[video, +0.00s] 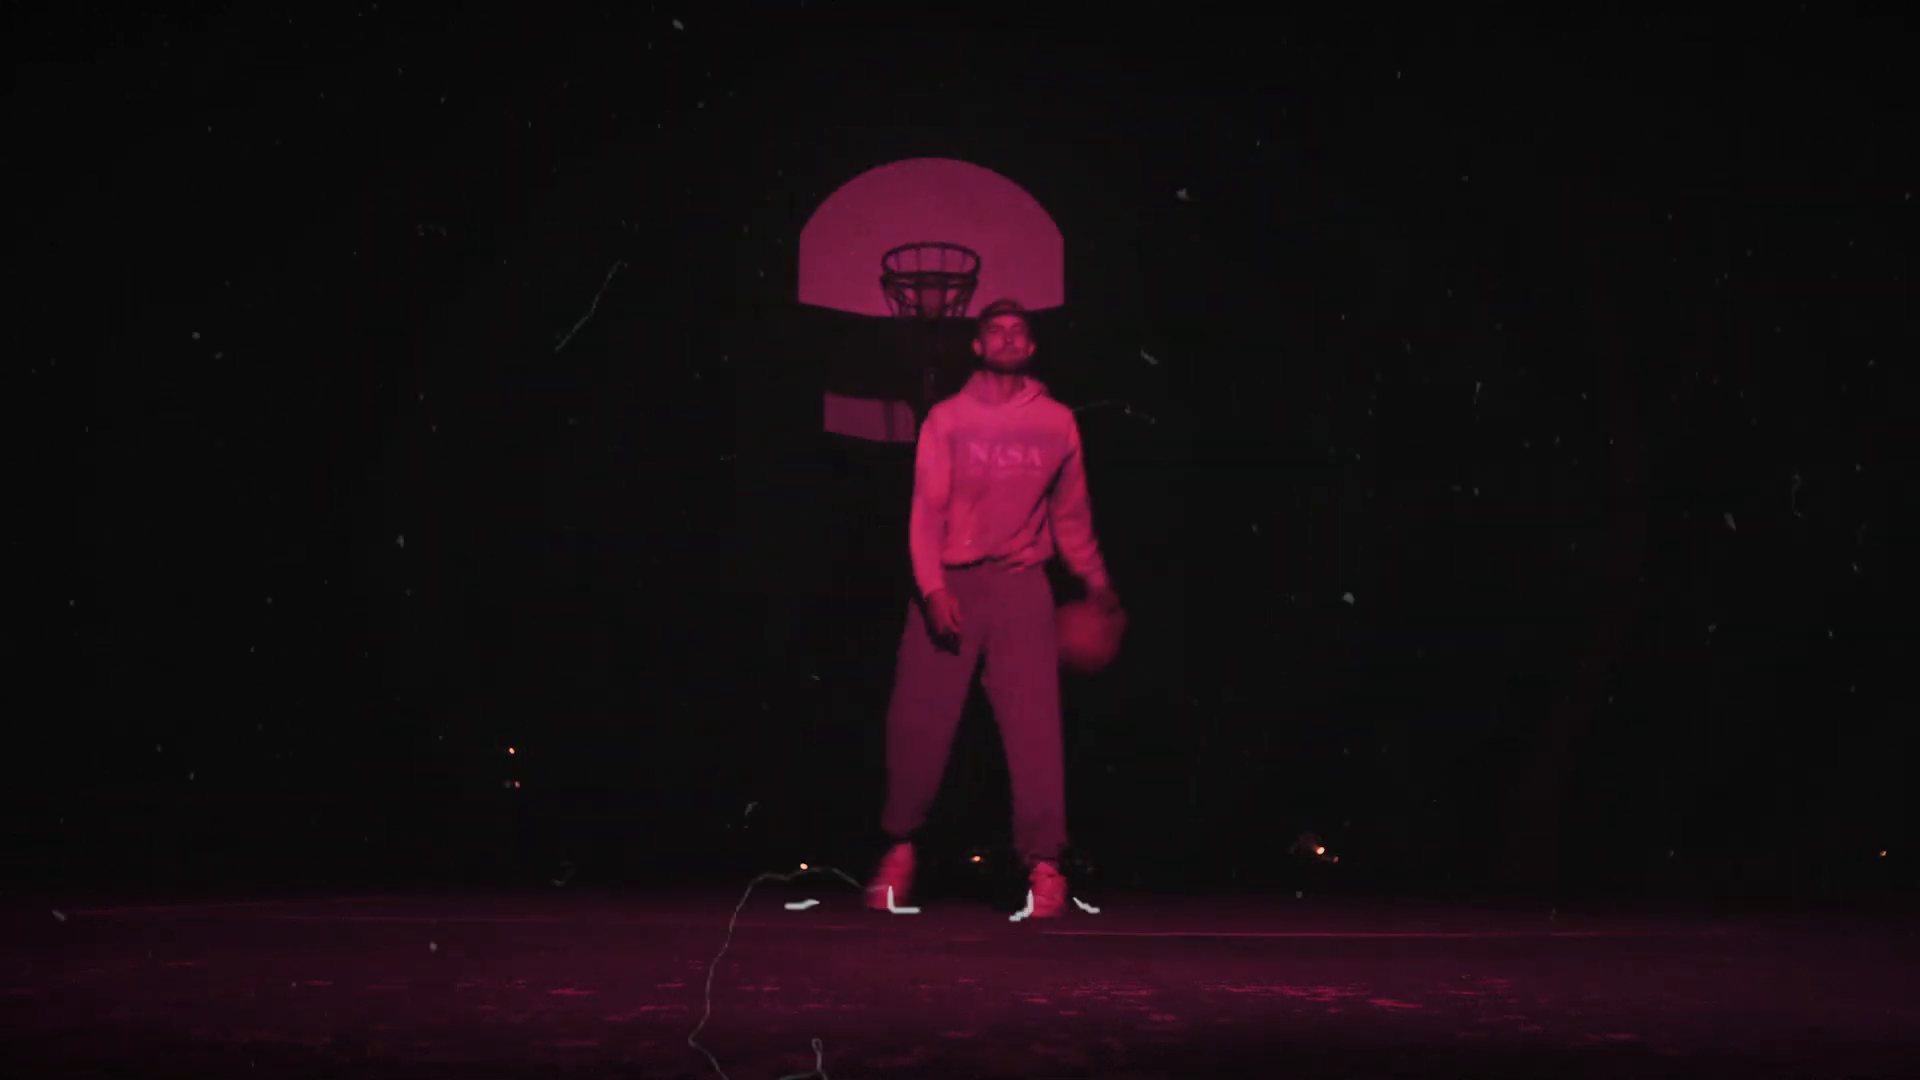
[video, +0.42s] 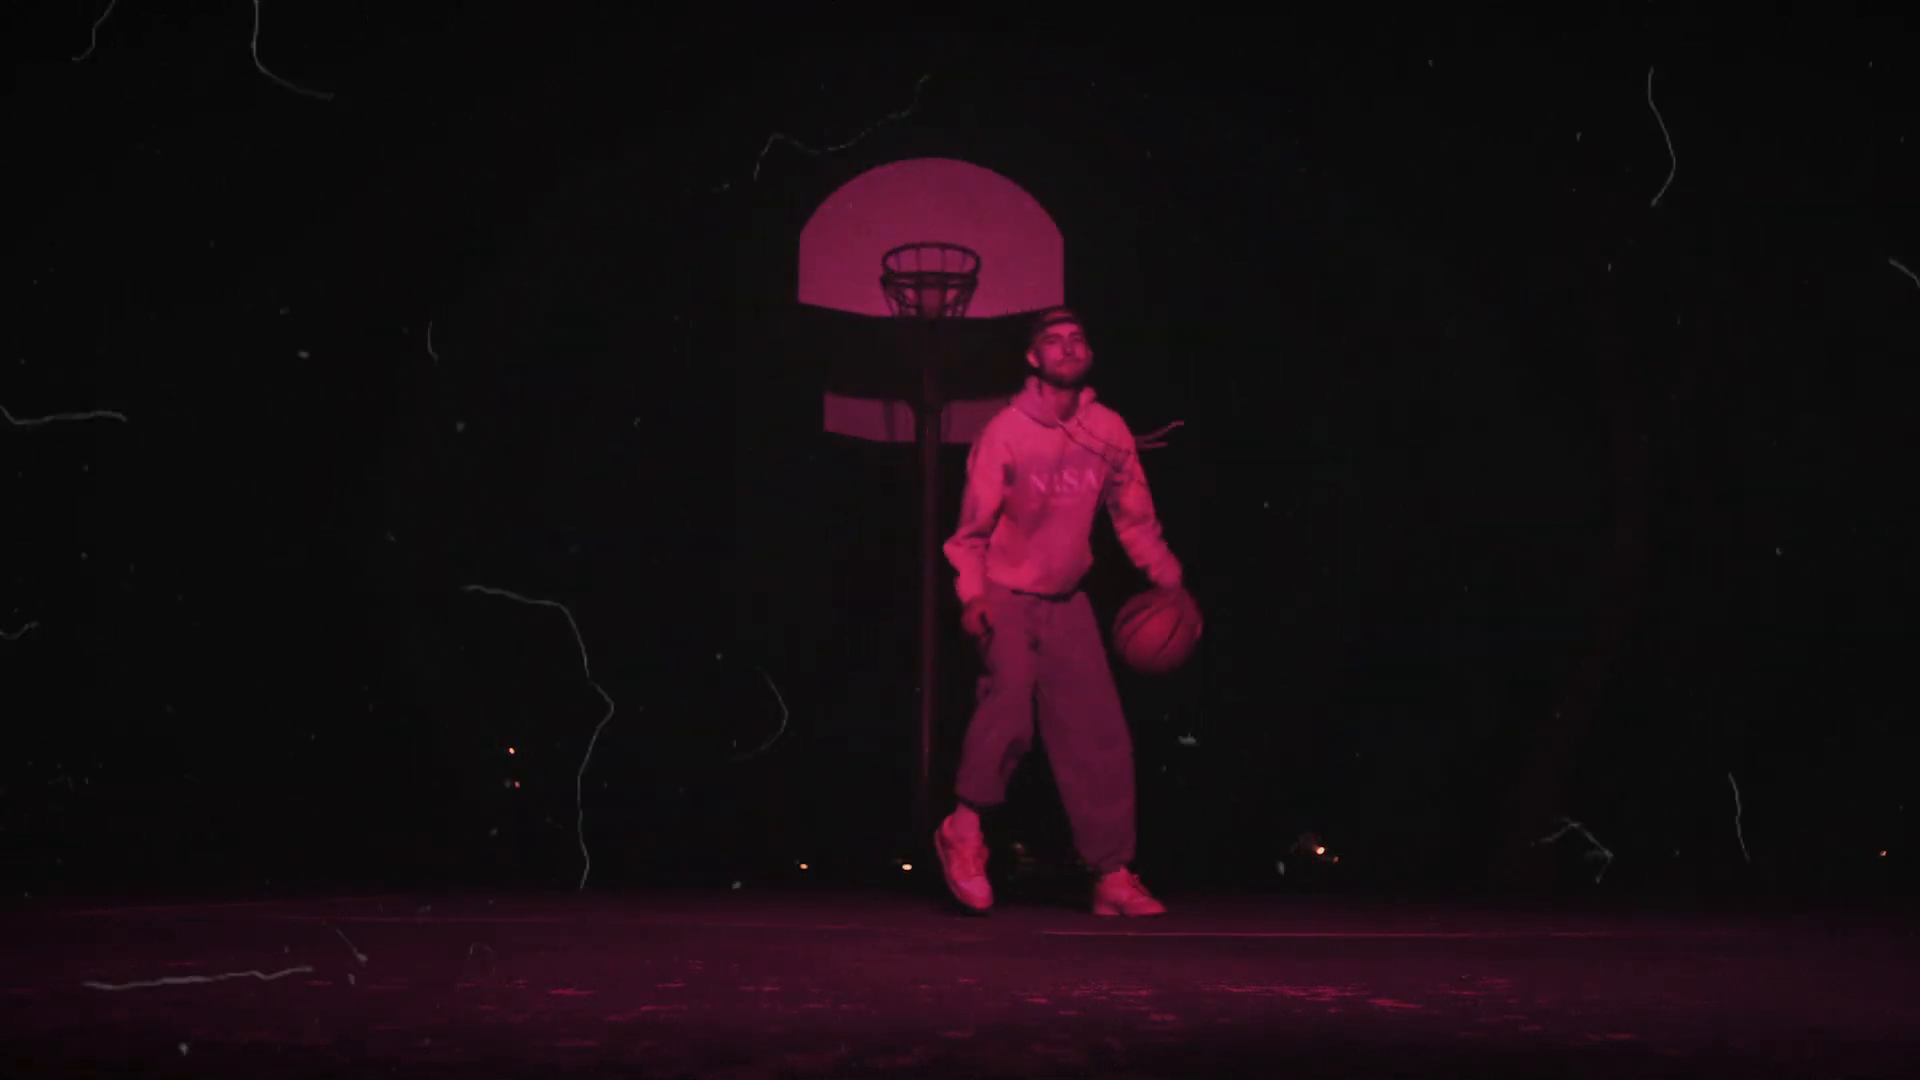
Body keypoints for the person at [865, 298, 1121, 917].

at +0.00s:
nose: (1010, 341)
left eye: (1019, 333)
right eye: (998, 333)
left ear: (1033, 347)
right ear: (978, 346)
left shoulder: (1057, 421)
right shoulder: (946, 419)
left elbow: (1072, 516)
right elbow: (926, 510)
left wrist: (1096, 584)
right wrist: (933, 590)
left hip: (1024, 589)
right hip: (949, 586)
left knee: (1033, 725)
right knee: (918, 721)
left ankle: (1045, 869)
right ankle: (899, 855)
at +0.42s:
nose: (1072, 350)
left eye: (1079, 341)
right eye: (1058, 344)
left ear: (1091, 357)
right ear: (1033, 361)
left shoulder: (1107, 429)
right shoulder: (1006, 429)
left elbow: (1136, 520)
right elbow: (973, 527)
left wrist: (1172, 586)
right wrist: (972, 595)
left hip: (1067, 599)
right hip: (1006, 594)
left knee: (1096, 728)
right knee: (1009, 708)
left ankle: (1112, 875)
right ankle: (964, 827)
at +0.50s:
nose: (1072, 365)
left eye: (1082, 356)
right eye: (1059, 356)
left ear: (1097, 370)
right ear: (1038, 370)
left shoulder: (1116, 445)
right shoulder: (1007, 446)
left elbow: (1126, 547)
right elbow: (975, 548)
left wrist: (1131, 637)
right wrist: (964, 630)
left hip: (1073, 596)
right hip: (1006, 586)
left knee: (1097, 718)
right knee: (1019, 670)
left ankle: (1112, 874)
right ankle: (964, 833)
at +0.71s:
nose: (1021, 404)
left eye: (1032, 391)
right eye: (1008, 395)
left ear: (1054, 397)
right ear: (993, 406)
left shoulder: (1090, 461)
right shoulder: (976, 483)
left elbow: (1081, 570)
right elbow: (958, 590)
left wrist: (1060, 669)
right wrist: (931, 684)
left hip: (1078, 610)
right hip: (1007, 611)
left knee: (1116, 738)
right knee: (1015, 714)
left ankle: (1114, 880)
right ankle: (961, 876)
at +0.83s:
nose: (974, 405)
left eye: (988, 392)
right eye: (964, 394)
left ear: (1017, 395)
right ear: (954, 402)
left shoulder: (1060, 451)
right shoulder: (945, 482)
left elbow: (1068, 567)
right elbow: (924, 578)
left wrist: (1055, 674)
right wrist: (881, 651)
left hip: (1072, 589)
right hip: (995, 593)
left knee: (1109, 730)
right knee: (1001, 706)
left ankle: (1116, 864)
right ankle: (958, 871)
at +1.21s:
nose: (1033, 400)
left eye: (1046, 387)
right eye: (1018, 387)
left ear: (1062, 391)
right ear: (995, 390)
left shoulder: (1089, 449)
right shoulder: (963, 456)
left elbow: (1080, 559)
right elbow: (965, 562)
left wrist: (1068, 678)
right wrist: (980, 666)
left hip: (1082, 586)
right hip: (1006, 587)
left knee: (1129, 706)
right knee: (985, 707)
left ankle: (1182, 865)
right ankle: (957, 871)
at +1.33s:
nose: (1081, 391)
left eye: (1092, 377)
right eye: (1065, 377)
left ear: (1105, 382)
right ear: (1036, 382)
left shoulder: (1127, 446)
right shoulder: (998, 448)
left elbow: (1149, 557)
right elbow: (1014, 553)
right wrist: (1056, 644)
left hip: (1095, 583)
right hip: (1009, 583)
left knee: (1136, 702)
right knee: (1000, 702)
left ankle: (1187, 871)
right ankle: (962, 868)